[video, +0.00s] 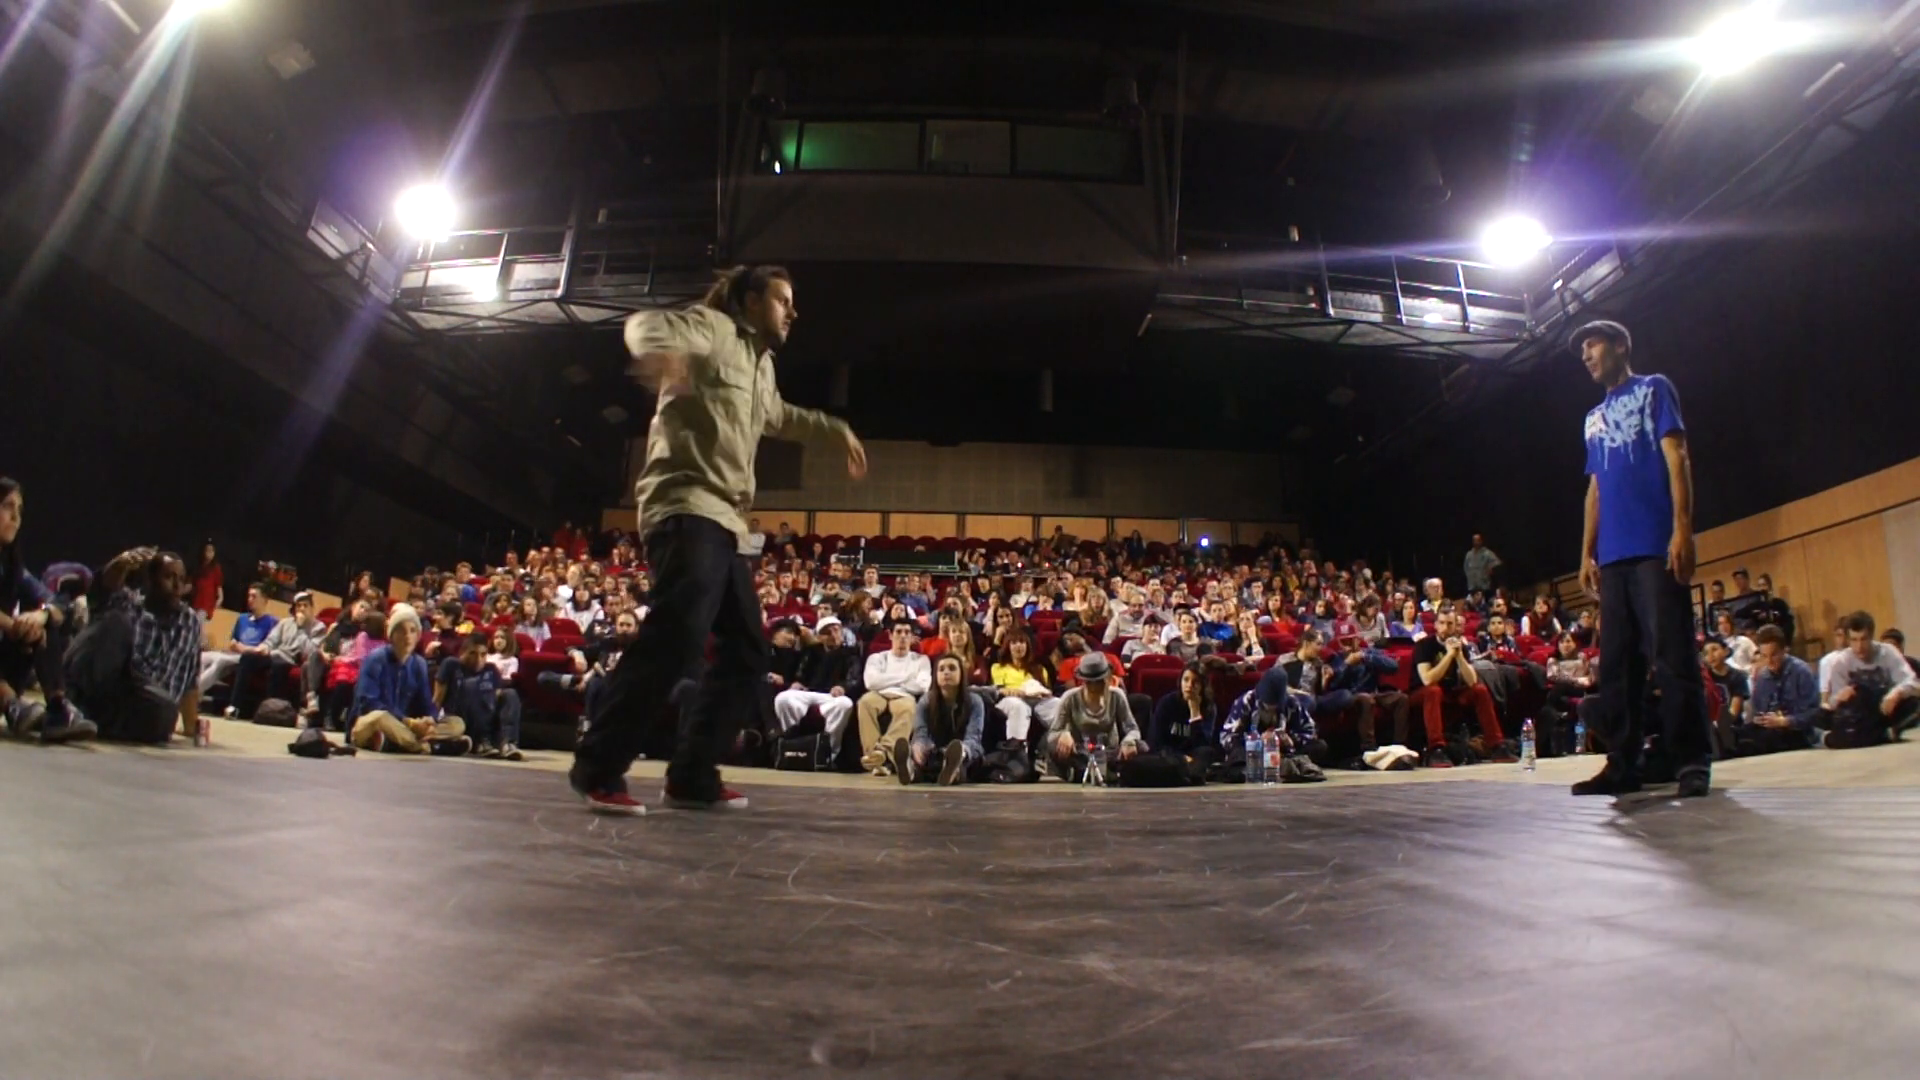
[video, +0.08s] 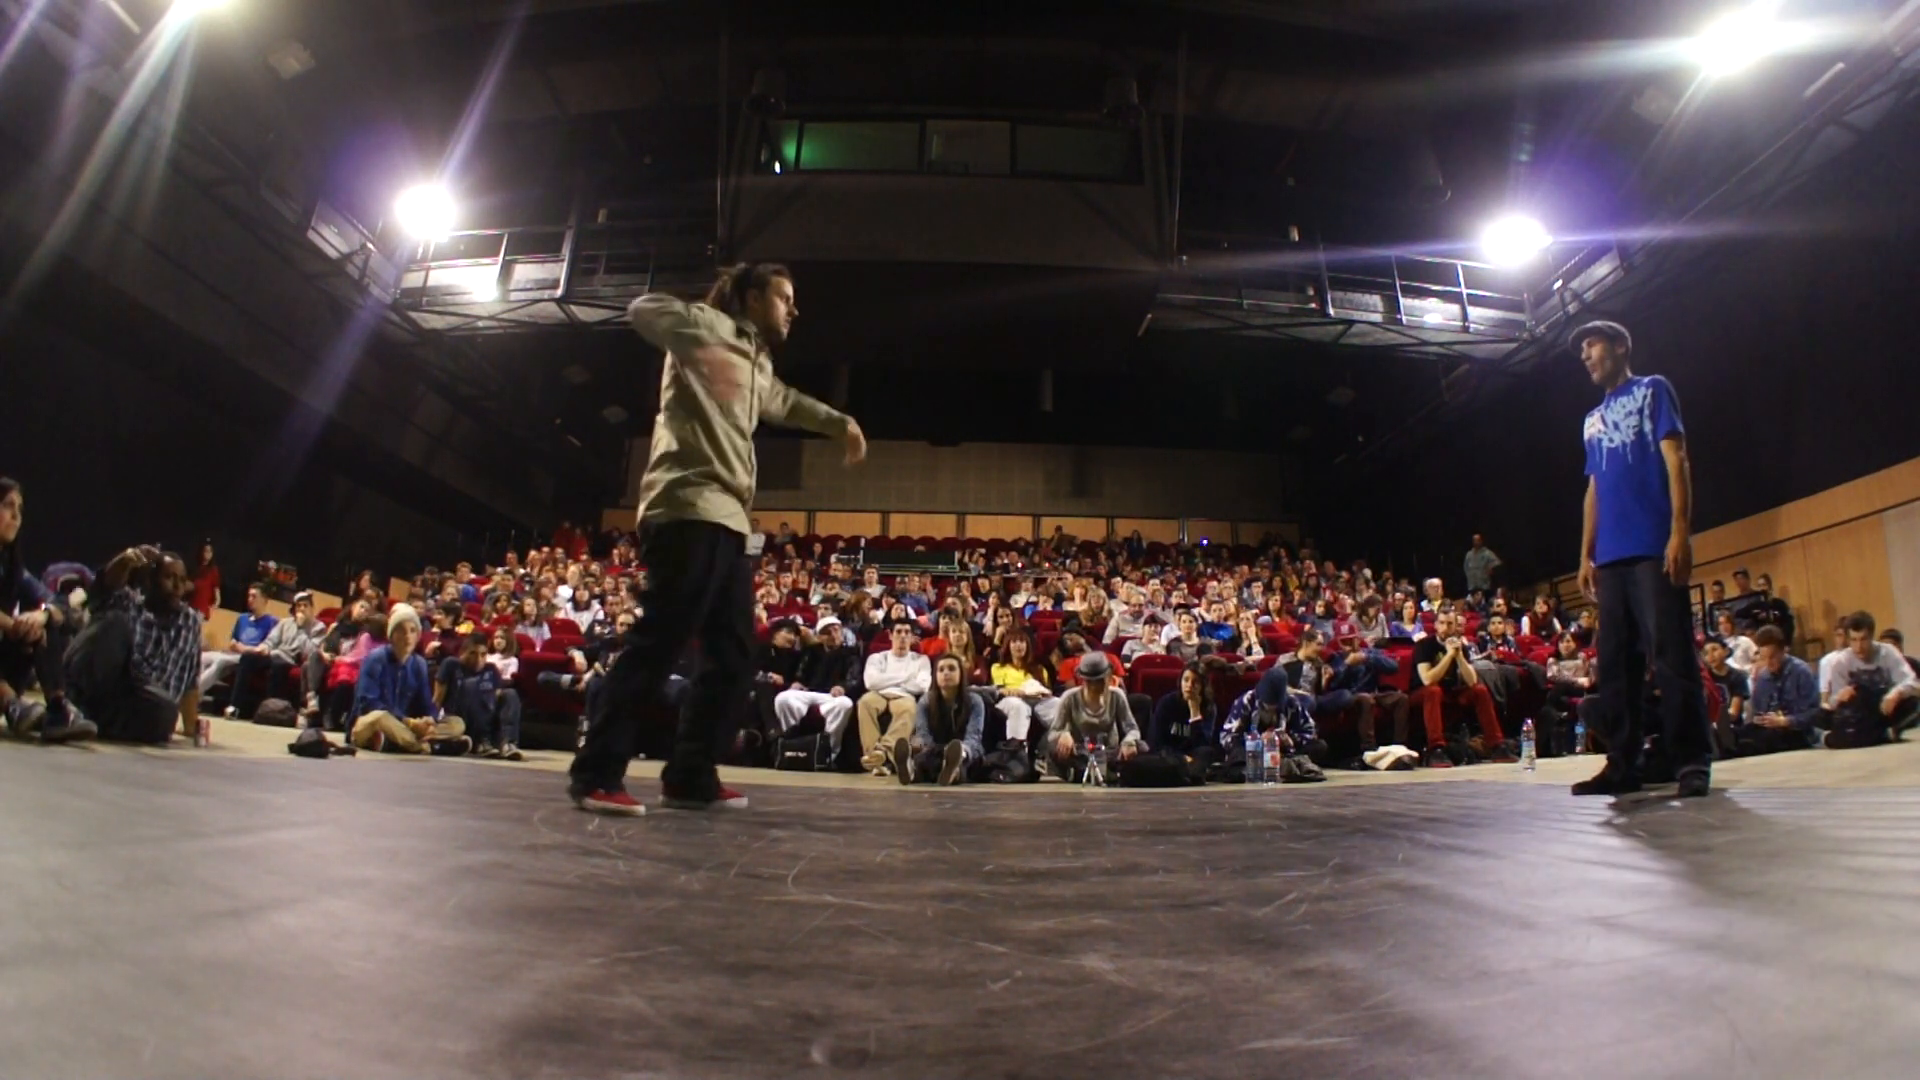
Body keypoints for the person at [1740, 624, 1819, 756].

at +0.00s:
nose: (1770, 660)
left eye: (1774, 655)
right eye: (1765, 656)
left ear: (1784, 651)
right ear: (1760, 655)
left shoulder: (1801, 671)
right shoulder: (1762, 676)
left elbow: (1812, 712)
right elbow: (1756, 711)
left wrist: (1784, 721)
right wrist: (1759, 719)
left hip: (1797, 732)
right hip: (1767, 732)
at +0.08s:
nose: (1769, 662)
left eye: (1773, 656)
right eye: (1764, 658)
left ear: (1784, 651)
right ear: (1760, 657)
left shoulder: (1801, 671)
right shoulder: (1762, 676)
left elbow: (1812, 713)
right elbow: (1756, 711)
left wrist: (1784, 721)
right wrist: (1759, 719)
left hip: (1798, 732)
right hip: (1767, 731)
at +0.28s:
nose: (1767, 666)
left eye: (1771, 660)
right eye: (1763, 661)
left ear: (1782, 653)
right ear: (1759, 659)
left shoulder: (1801, 672)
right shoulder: (1762, 676)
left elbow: (1812, 712)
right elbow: (1758, 711)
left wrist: (1784, 721)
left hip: (1798, 731)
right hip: (1769, 729)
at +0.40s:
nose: (1767, 666)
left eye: (1771, 661)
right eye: (1763, 662)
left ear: (1782, 653)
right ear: (1758, 658)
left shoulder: (1801, 672)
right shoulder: (1762, 676)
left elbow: (1812, 713)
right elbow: (1758, 711)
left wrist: (1784, 721)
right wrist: (1761, 720)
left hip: (1798, 731)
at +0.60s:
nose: (1767, 667)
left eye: (1771, 661)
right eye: (1763, 662)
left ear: (1783, 653)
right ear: (1758, 658)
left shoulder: (1801, 672)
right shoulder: (1763, 676)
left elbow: (1813, 713)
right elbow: (1758, 711)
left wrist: (1784, 721)